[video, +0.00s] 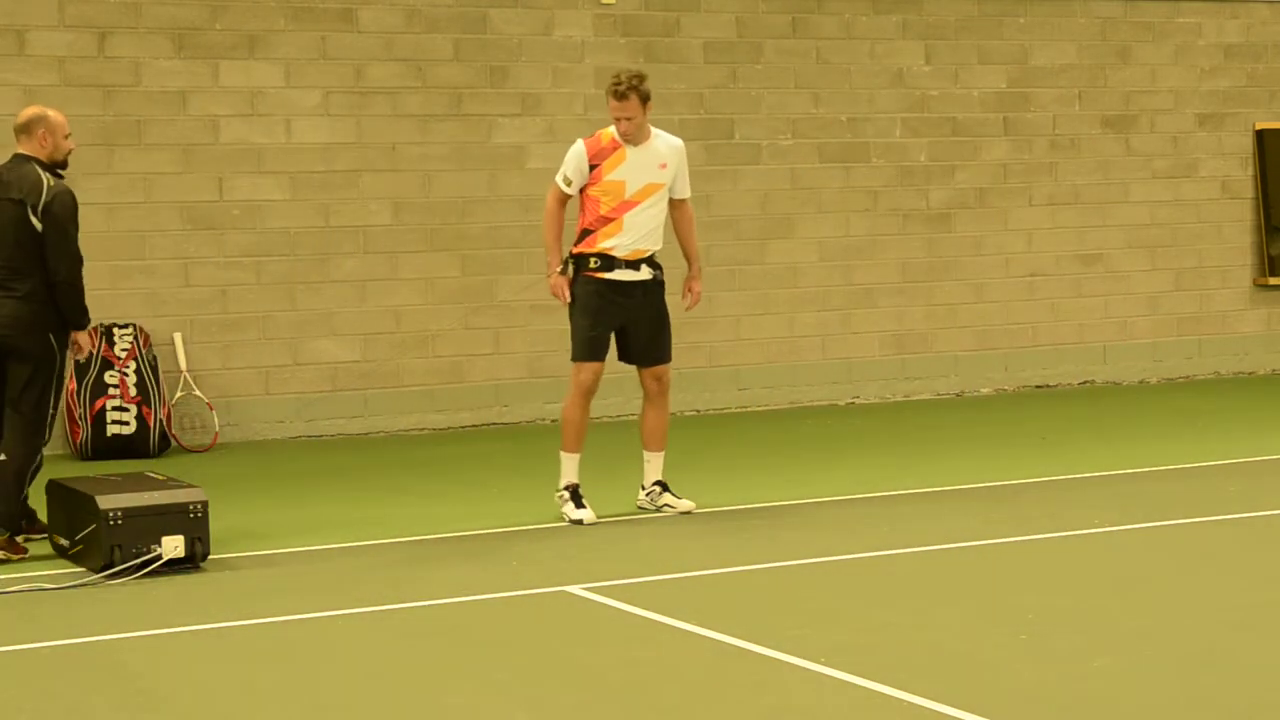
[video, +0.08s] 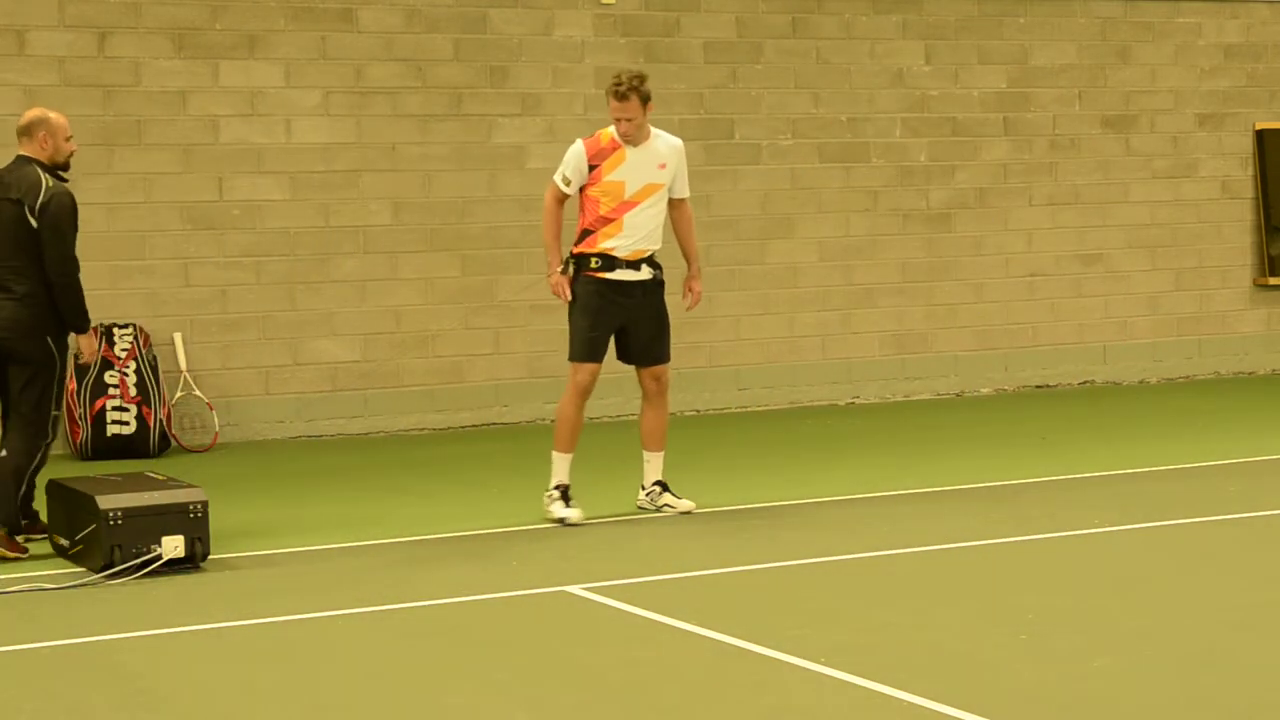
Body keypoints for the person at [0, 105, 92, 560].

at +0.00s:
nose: (72, 145)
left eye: (70, 136)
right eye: (66, 137)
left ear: (31, 137)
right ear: (42, 138)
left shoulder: (3, 178)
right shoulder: (53, 193)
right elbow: (64, 269)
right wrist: (78, 323)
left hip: (5, 322)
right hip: (32, 327)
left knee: (18, 422)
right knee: (26, 427)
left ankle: (20, 515)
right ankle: (4, 529)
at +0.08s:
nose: (73, 147)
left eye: (72, 138)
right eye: (67, 139)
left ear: (33, 140)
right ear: (42, 140)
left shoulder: (7, 179)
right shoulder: (52, 194)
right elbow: (61, 269)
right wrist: (82, 327)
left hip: (7, 322)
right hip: (32, 327)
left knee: (24, 423)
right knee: (31, 427)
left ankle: (23, 516)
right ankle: (6, 527)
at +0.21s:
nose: (78, 148)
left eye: (77, 139)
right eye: (73, 139)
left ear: (38, 137)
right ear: (47, 137)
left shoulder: (6, 176)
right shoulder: (52, 186)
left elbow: (12, 253)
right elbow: (60, 258)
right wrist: (80, 319)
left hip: (2, 316)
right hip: (29, 318)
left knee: (21, 417)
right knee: (49, 419)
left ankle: (26, 517)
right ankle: (1, 515)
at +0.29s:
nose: (81, 150)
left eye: (81, 141)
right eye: (76, 141)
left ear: (42, 135)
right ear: (50, 136)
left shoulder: (9, 175)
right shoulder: (48, 183)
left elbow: (15, 253)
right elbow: (58, 255)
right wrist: (79, 315)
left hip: (3, 313)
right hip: (26, 314)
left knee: (21, 414)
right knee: (52, 410)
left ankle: (24, 516)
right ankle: (4, 513)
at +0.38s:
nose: (83, 152)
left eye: (84, 143)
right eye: (79, 142)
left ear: (49, 135)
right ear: (51, 135)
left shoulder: (22, 171)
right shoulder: (42, 182)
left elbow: (28, 254)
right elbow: (47, 256)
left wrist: (62, 309)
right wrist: (74, 312)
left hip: (15, 312)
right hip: (22, 315)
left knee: (30, 413)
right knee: (47, 413)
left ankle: (20, 514)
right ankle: (12, 516)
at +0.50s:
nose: (82, 152)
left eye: (83, 144)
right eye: (78, 143)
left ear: (53, 137)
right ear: (50, 135)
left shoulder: (47, 177)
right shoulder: (25, 180)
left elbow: (47, 253)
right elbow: (24, 253)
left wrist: (64, 312)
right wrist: (63, 310)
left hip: (34, 319)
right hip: (17, 319)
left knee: (46, 411)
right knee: (37, 413)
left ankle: (28, 510)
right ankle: (24, 518)